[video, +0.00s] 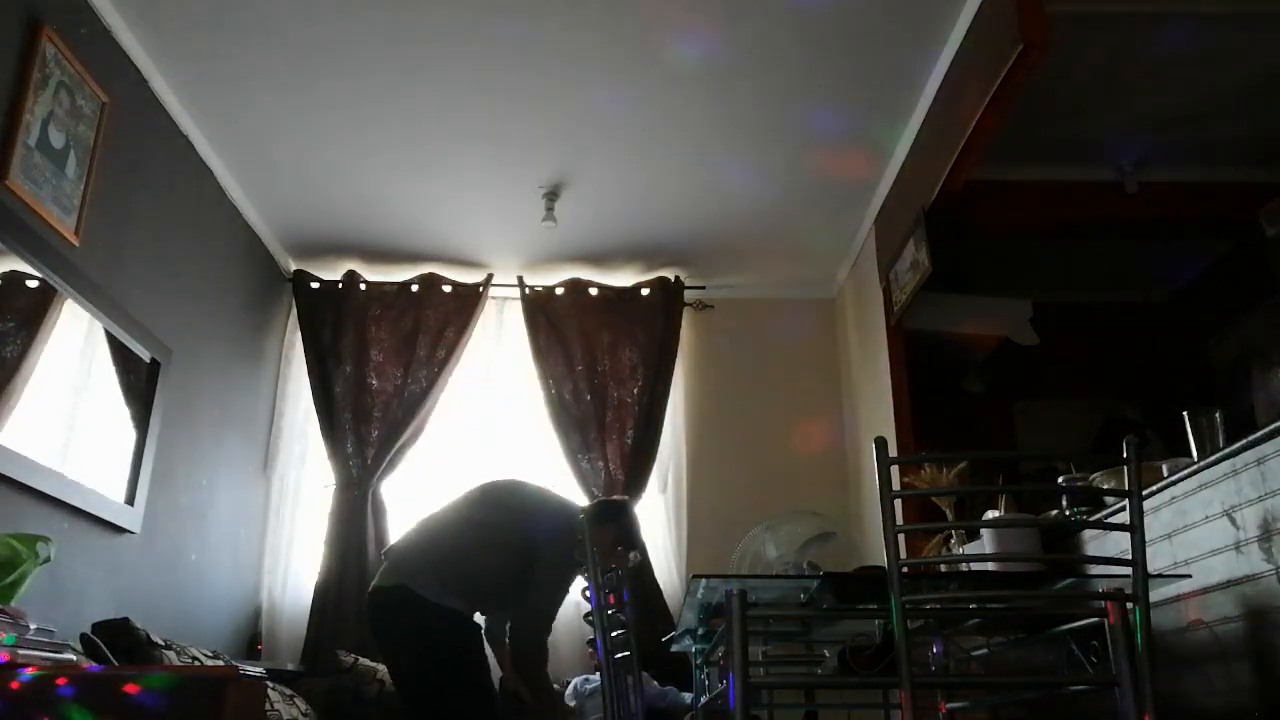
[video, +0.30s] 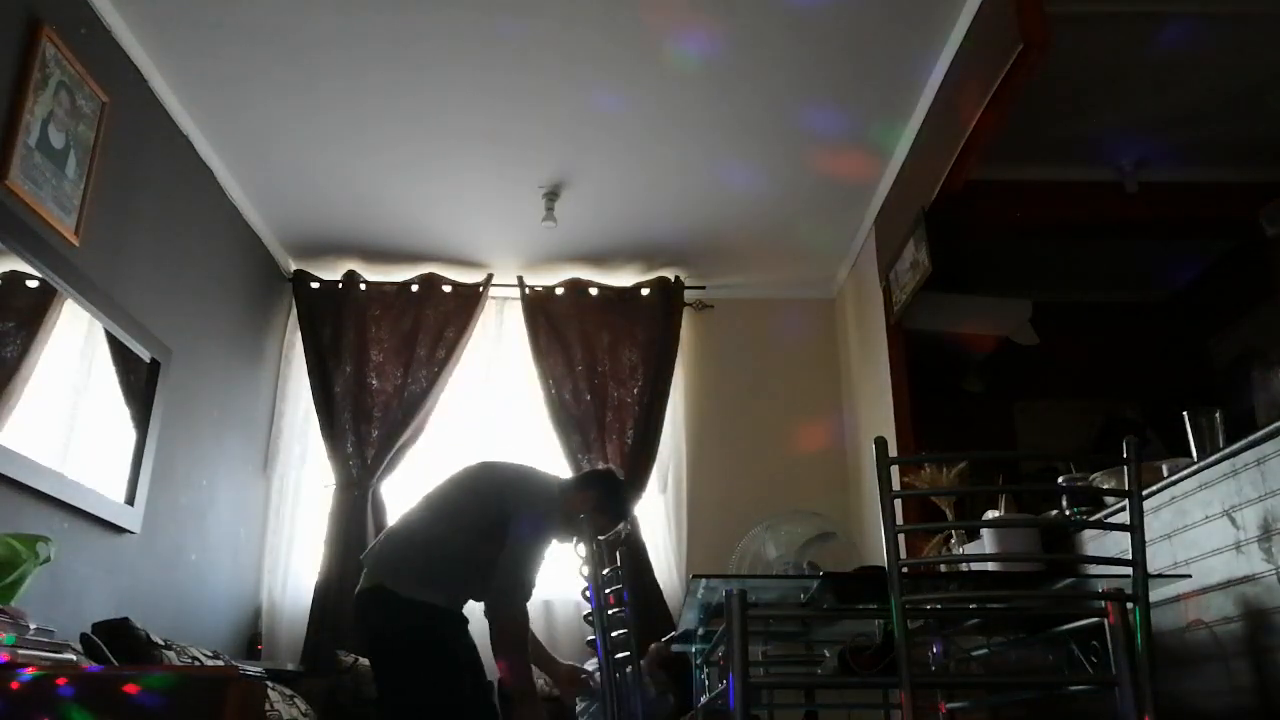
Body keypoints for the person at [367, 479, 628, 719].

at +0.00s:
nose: (612, 564)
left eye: (620, 556)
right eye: (619, 552)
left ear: (595, 517)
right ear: (608, 532)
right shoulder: (564, 539)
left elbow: (496, 626)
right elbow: (528, 641)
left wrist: (512, 676)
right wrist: (550, 704)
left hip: (396, 600)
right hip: (434, 609)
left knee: (435, 710)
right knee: (475, 711)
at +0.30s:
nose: (581, 537)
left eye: (591, 534)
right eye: (590, 528)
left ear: (582, 495)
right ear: (586, 499)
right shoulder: (540, 499)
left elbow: (504, 608)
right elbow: (505, 607)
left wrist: (555, 668)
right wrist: (526, 701)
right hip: (414, 603)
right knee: (468, 709)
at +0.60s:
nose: (585, 512)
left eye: (593, 507)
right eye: (592, 502)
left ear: (574, 466)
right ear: (579, 479)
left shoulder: (539, 503)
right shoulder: (508, 485)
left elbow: (501, 583)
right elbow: (453, 587)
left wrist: (500, 662)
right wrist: (501, 662)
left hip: (442, 602)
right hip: (399, 601)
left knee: (473, 703)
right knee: (422, 708)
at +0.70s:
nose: (579, 503)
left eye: (589, 499)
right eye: (587, 495)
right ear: (576, 471)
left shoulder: (544, 500)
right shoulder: (492, 470)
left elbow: (508, 578)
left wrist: (509, 657)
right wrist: (465, 649)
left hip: (457, 598)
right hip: (400, 595)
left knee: (489, 697)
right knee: (423, 702)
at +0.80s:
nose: (574, 490)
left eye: (583, 485)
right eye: (580, 481)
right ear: (571, 459)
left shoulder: (545, 490)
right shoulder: (483, 468)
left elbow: (529, 572)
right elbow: (412, 545)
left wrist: (536, 634)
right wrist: (433, 642)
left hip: (463, 602)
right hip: (402, 600)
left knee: (488, 702)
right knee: (419, 707)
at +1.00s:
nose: (562, 452)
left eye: (568, 445)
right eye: (564, 443)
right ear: (544, 424)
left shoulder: (535, 462)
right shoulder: (465, 444)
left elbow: (522, 536)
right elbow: (394, 525)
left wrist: (538, 607)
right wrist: (430, 612)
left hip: (483, 607)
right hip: (418, 611)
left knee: (506, 706)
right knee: (429, 713)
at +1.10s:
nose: (544, 427)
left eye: (552, 417)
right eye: (537, 414)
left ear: (558, 410)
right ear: (510, 398)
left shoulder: (539, 455)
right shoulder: (447, 437)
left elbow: (522, 525)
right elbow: (380, 506)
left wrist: (532, 587)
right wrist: (410, 591)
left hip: (496, 608)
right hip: (428, 611)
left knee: (510, 713)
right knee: (432, 716)